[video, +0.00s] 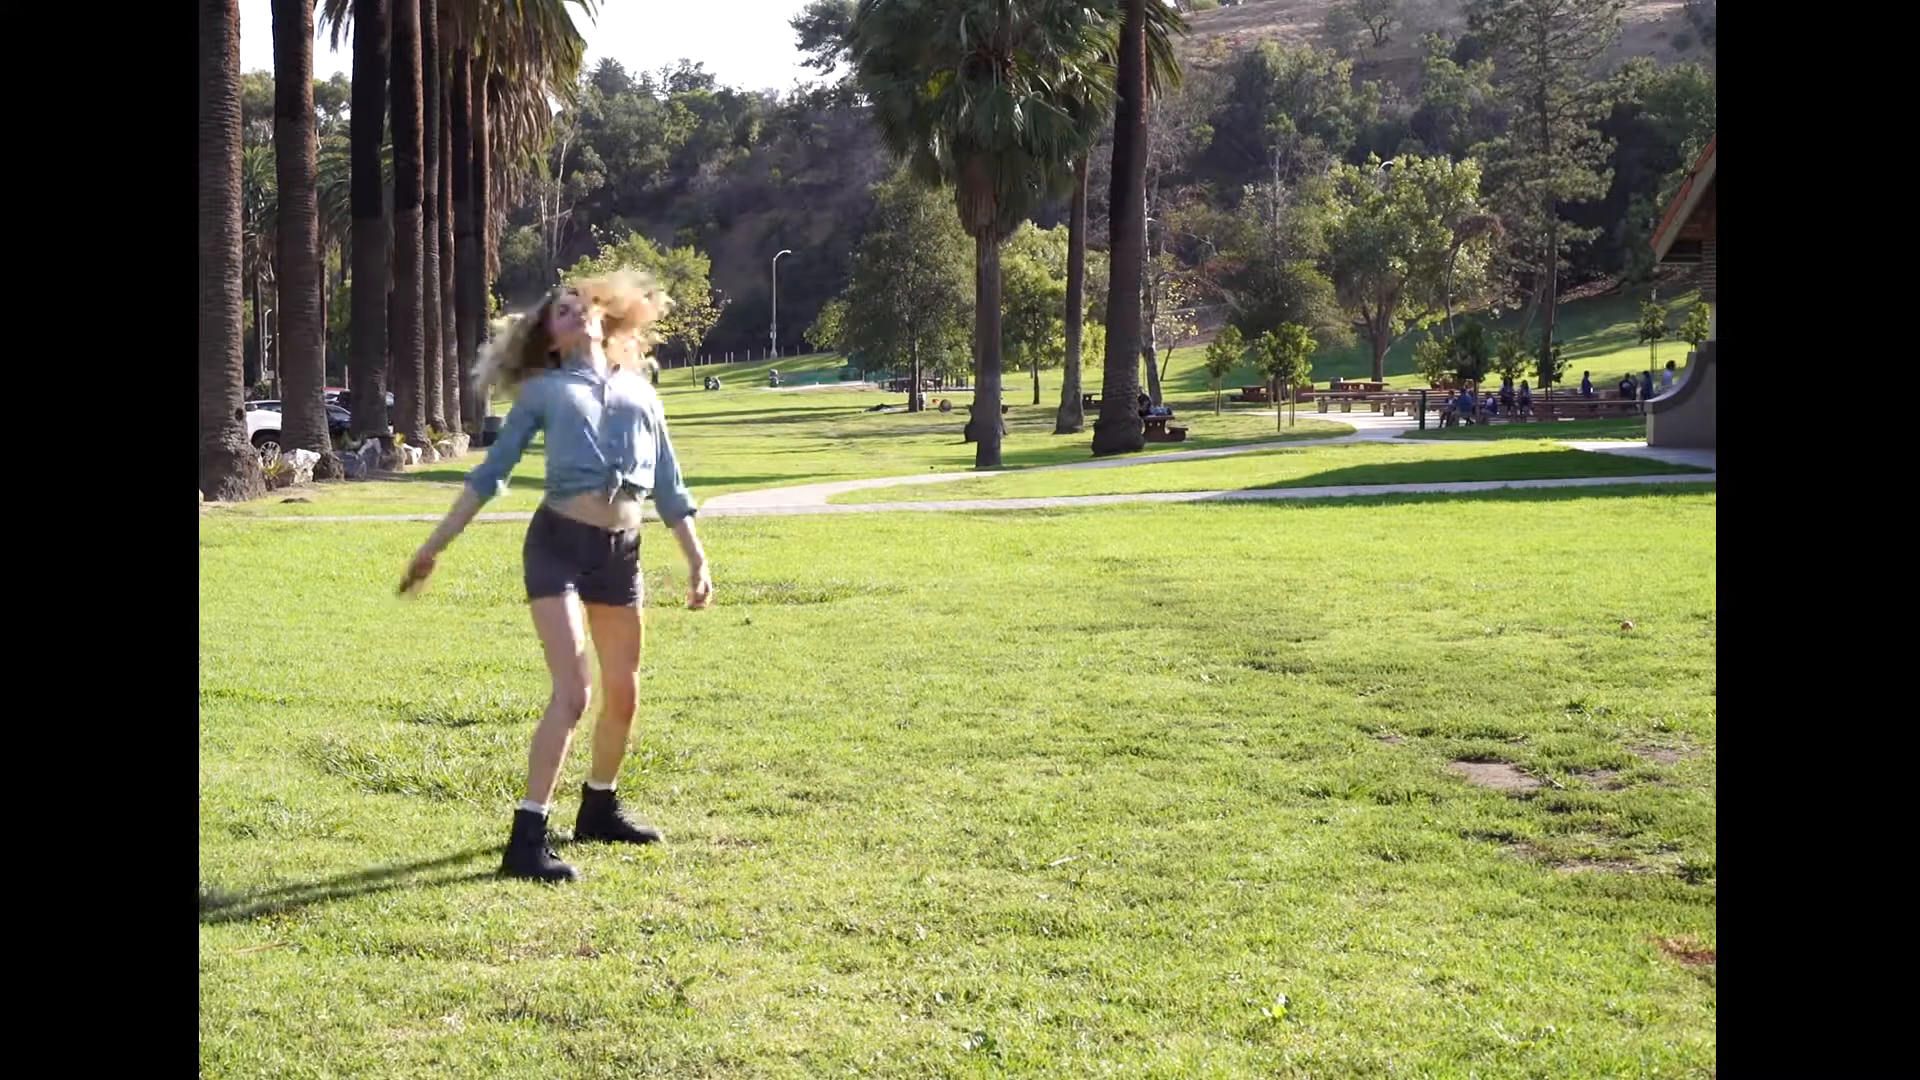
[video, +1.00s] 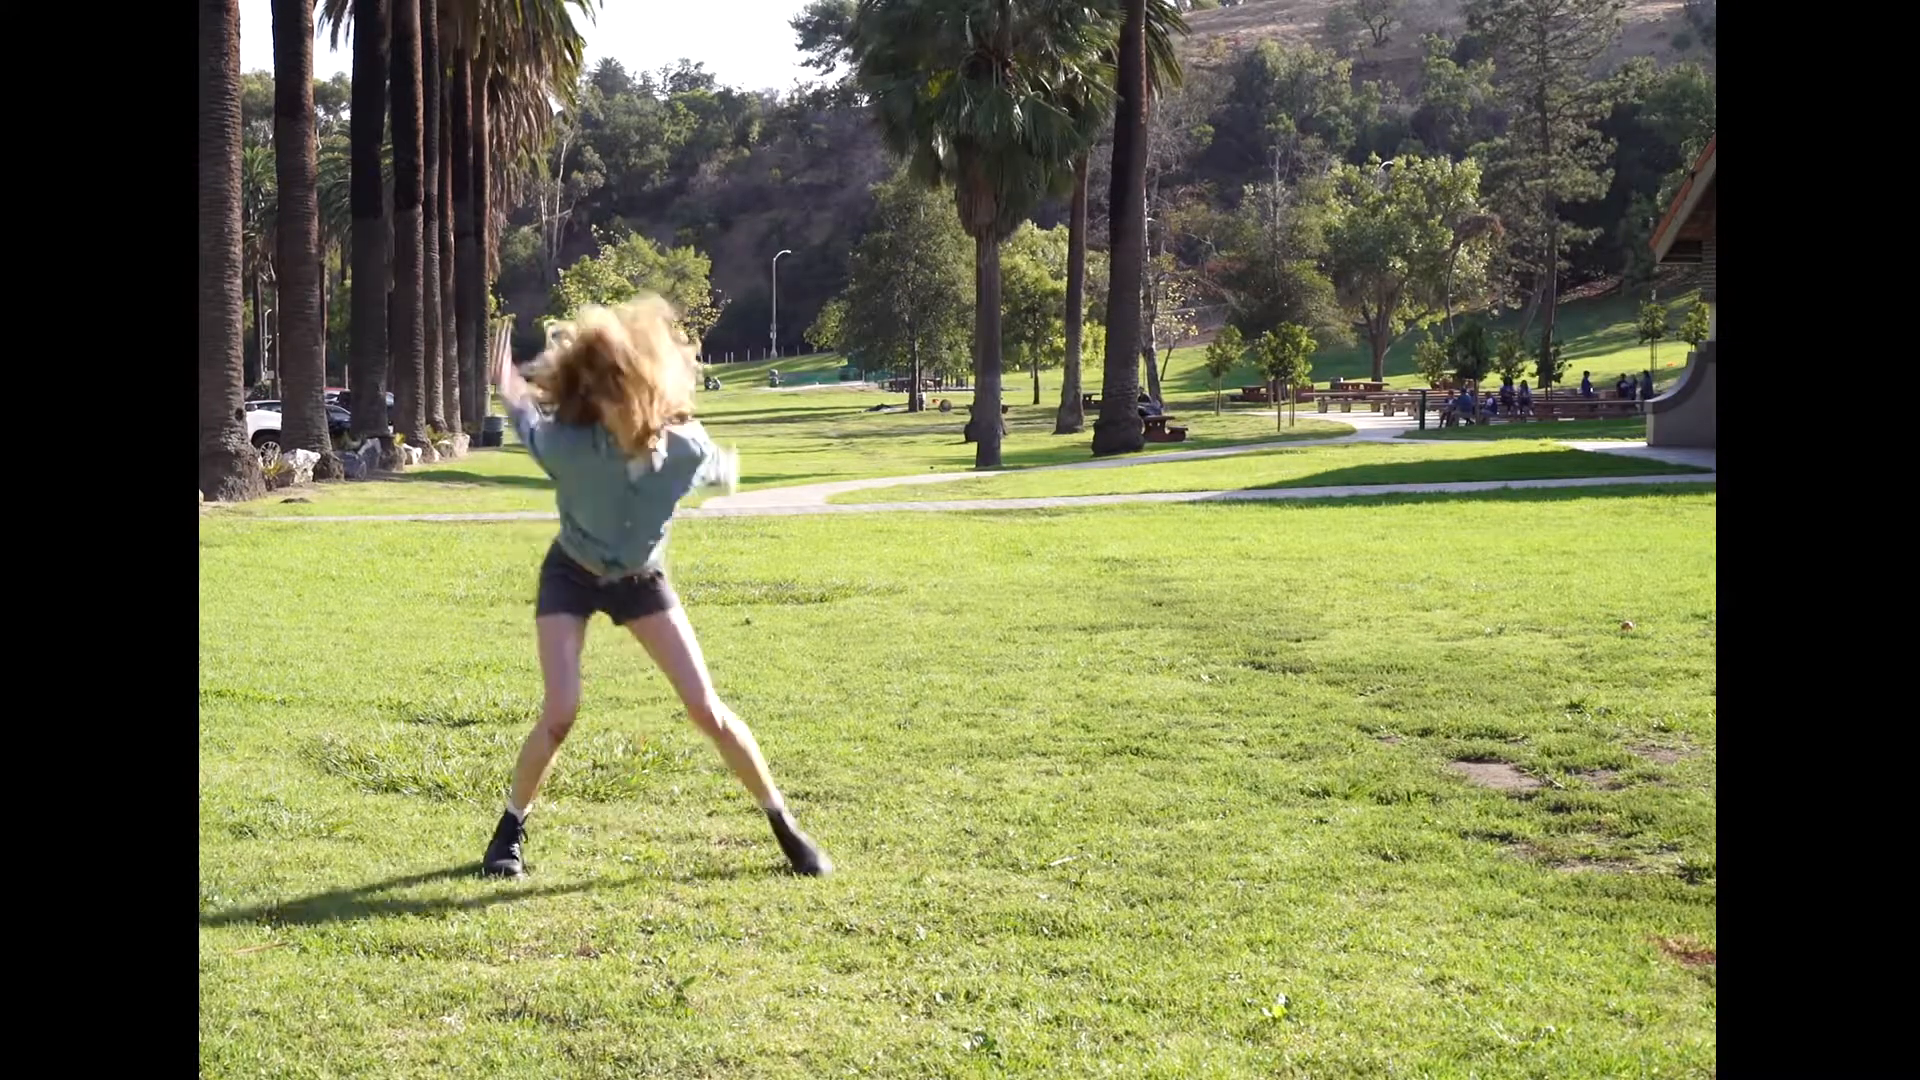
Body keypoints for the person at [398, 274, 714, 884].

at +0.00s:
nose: (572, 305)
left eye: (577, 300)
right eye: (559, 309)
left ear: (601, 317)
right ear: (551, 341)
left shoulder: (640, 388)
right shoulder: (545, 386)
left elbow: (666, 479)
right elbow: (492, 471)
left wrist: (696, 558)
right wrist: (434, 545)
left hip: (620, 551)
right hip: (557, 544)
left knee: (623, 696)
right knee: (574, 693)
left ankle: (599, 810)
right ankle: (527, 839)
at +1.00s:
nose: (621, 399)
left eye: (617, 385)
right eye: (624, 384)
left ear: (594, 387)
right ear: (650, 386)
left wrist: (511, 391)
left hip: (640, 578)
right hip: (570, 572)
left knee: (708, 711)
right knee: (560, 712)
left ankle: (786, 827)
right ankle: (509, 831)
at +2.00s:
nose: (691, 343)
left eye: (704, 333)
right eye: (684, 331)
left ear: (731, 343)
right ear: (673, 333)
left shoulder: (746, 422)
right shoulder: (642, 376)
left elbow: (829, 398)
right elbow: (579, 321)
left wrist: (761, 348)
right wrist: (507, 279)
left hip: (676, 569)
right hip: (604, 558)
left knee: (744, 703)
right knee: (569, 713)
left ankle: (801, 833)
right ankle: (525, 831)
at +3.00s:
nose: (673, 414)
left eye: (687, 403)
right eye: (667, 402)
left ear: (717, 413)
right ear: (659, 407)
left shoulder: (737, 491)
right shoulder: (639, 445)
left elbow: (709, 542)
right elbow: (577, 404)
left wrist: (715, 457)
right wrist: (515, 366)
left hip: (659, 627)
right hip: (586, 613)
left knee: (733, 748)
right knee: (561, 736)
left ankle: (792, 840)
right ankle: (523, 836)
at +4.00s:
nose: (628, 385)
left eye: (640, 374)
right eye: (623, 374)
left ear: (670, 383)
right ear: (615, 381)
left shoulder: (679, 439)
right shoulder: (619, 443)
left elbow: (664, 539)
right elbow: (611, 530)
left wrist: (615, 532)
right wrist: (645, 523)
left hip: (679, 596)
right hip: (629, 588)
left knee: (677, 765)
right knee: (542, 704)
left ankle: (814, 807)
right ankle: (511, 837)